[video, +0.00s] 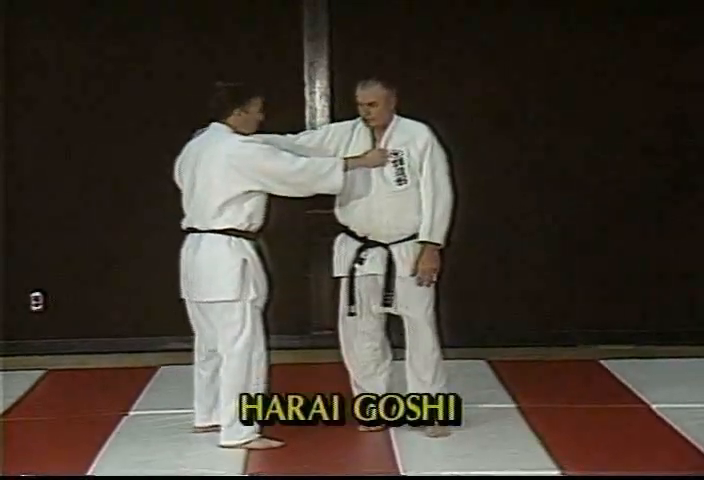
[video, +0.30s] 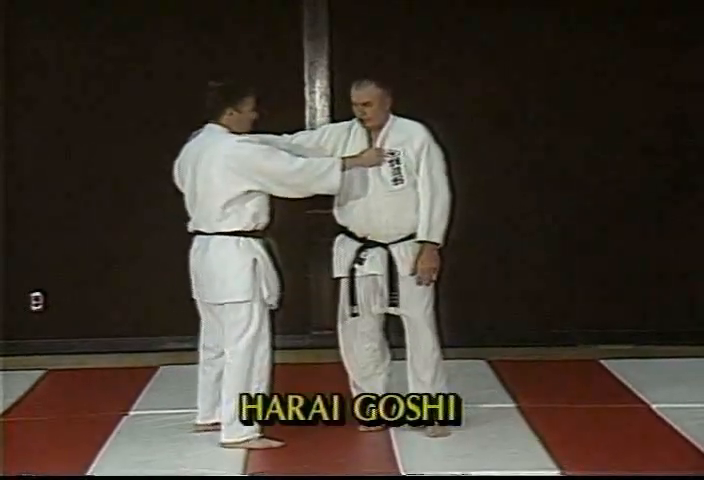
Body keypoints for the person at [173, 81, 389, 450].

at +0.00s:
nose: (261, 118)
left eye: (261, 110)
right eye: (257, 111)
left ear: (227, 114)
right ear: (237, 113)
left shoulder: (195, 146)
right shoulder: (242, 150)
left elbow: (179, 176)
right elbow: (296, 169)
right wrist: (359, 161)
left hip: (195, 251)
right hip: (229, 256)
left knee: (208, 344)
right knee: (242, 346)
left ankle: (207, 416)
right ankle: (239, 431)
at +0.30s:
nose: (256, 116)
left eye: (254, 109)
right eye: (251, 110)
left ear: (222, 114)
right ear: (230, 113)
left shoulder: (194, 146)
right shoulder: (239, 150)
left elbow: (180, 178)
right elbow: (293, 170)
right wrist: (355, 161)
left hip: (203, 250)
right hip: (236, 254)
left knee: (213, 341)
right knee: (245, 343)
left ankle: (208, 414)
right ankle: (239, 430)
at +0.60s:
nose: (254, 118)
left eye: (254, 111)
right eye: (251, 111)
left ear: (221, 111)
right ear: (232, 111)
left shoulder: (195, 147)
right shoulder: (241, 149)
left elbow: (181, 180)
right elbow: (297, 161)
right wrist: (357, 150)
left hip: (204, 249)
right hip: (239, 252)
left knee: (213, 340)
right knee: (246, 343)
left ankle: (209, 413)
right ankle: (240, 430)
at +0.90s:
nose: (265, 117)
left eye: (265, 110)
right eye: (262, 110)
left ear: (231, 111)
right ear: (244, 110)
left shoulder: (201, 146)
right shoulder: (249, 150)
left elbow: (187, 178)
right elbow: (301, 167)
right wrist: (364, 156)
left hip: (205, 248)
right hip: (238, 253)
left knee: (213, 342)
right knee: (246, 344)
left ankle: (210, 413)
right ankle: (240, 429)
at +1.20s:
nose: (274, 123)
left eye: (275, 116)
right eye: (272, 116)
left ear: (237, 112)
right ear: (256, 112)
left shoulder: (206, 145)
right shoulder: (253, 151)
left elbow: (192, 174)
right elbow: (309, 172)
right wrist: (363, 157)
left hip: (203, 248)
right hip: (237, 253)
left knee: (213, 342)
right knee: (247, 344)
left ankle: (211, 413)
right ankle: (241, 428)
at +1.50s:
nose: (286, 130)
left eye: (288, 125)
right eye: (285, 123)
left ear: (253, 114)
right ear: (269, 116)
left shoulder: (216, 141)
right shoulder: (260, 151)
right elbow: (315, 165)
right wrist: (369, 155)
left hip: (200, 247)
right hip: (233, 252)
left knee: (212, 342)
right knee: (245, 344)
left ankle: (212, 413)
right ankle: (245, 430)